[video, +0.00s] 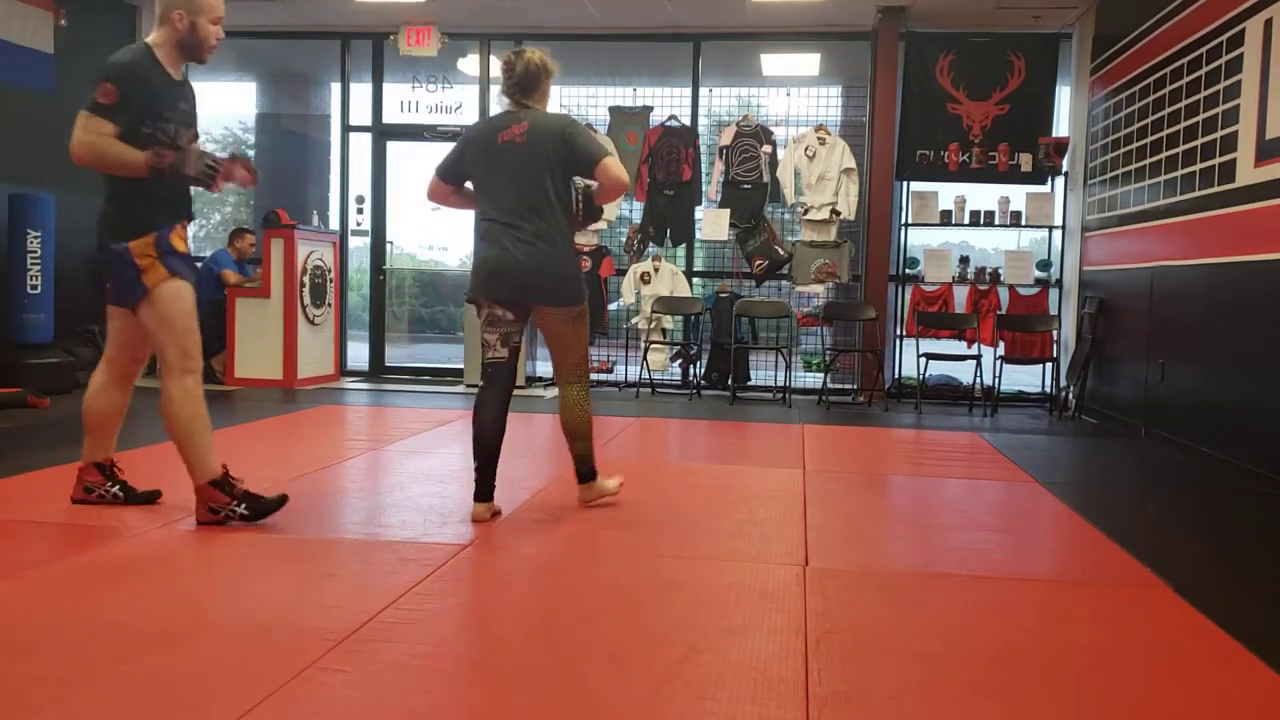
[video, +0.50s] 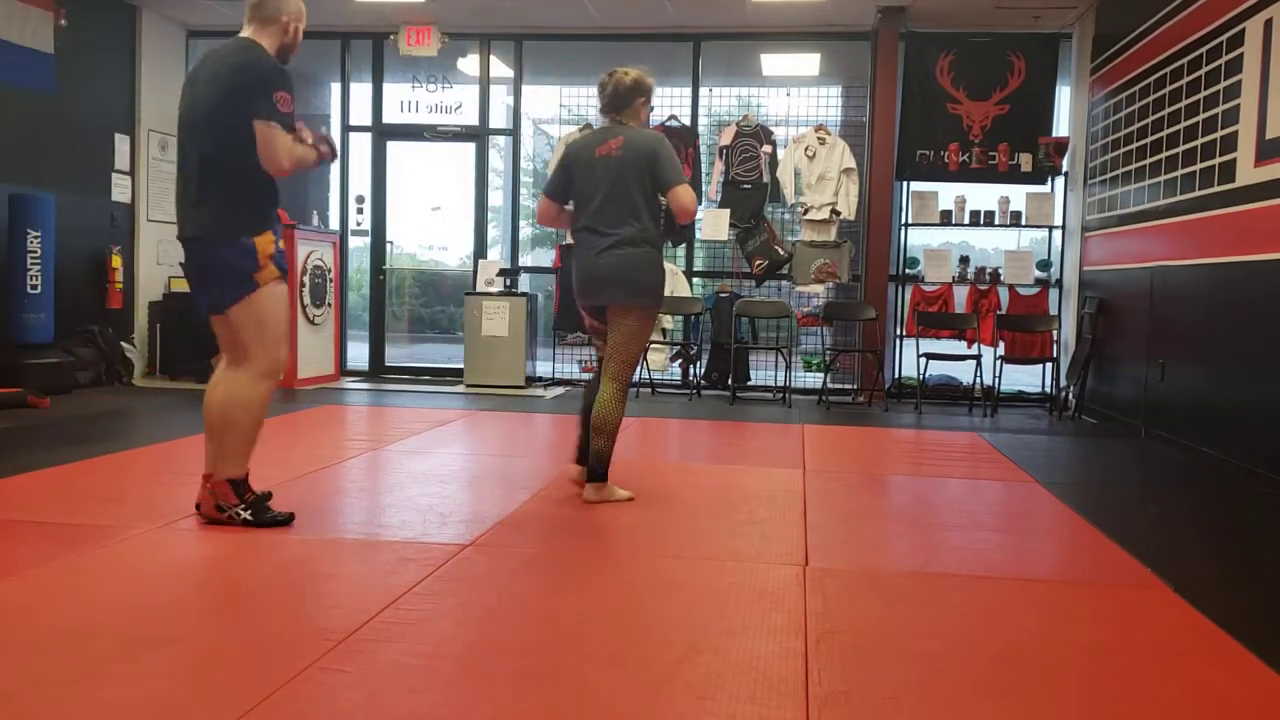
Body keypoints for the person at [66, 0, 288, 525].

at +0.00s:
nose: (221, 35)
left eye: (222, 25)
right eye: (215, 23)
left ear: (183, 22)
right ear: (179, 18)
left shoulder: (181, 80)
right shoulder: (127, 68)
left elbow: (172, 154)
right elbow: (84, 145)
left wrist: (213, 171)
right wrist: (155, 161)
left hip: (156, 234)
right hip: (142, 235)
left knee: (121, 362)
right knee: (185, 360)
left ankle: (94, 475)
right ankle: (213, 491)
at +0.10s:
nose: (245, 35)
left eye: (245, 24)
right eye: (241, 22)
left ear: (208, 21)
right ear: (209, 19)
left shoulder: (185, 75)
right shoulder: (159, 71)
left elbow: (168, 156)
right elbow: (136, 155)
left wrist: (226, 165)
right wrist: (218, 166)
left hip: (173, 234)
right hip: (173, 236)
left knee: (156, 363)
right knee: (204, 364)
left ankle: (101, 468)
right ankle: (220, 494)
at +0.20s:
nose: (264, 37)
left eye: (266, 26)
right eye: (263, 24)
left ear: (222, 16)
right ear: (237, 17)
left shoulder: (182, 62)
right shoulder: (199, 65)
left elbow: (199, 158)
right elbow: (209, 161)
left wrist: (252, 152)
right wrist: (266, 151)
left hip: (175, 227)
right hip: (191, 229)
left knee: (202, 353)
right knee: (213, 365)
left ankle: (129, 444)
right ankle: (220, 492)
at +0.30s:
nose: (279, 36)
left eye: (281, 25)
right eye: (280, 24)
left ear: (234, 12)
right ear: (262, 17)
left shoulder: (192, 58)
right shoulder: (230, 67)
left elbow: (217, 144)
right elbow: (268, 157)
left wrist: (272, 123)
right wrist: (299, 126)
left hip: (191, 223)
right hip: (205, 226)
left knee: (243, 337)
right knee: (213, 361)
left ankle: (164, 441)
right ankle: (220, 493)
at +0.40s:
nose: (292, 31)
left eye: (293, 21)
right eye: (294, 21)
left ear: (243, 11)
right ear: (281, 16)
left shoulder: (203, 58)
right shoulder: (251, 64)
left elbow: (222, 143)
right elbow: (279, 156)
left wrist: (285, 120)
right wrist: (310, 128)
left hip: (197, 222)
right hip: (218, 225)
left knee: (242, 344)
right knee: (231, 354)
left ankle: (202, 464)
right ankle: (221, 492)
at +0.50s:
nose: (299, 43)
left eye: (301, 33)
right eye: (301, 32)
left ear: (249, 17)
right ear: (289, 23)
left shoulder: (209, 65)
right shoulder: (261, 68)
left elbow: (227, 150)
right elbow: (278, 160)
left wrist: (296, 142)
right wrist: (314, 152)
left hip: (203, 234)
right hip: (243, 232)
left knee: (235, 358)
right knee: (264, 362)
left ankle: (217, 486)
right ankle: (229, 491)